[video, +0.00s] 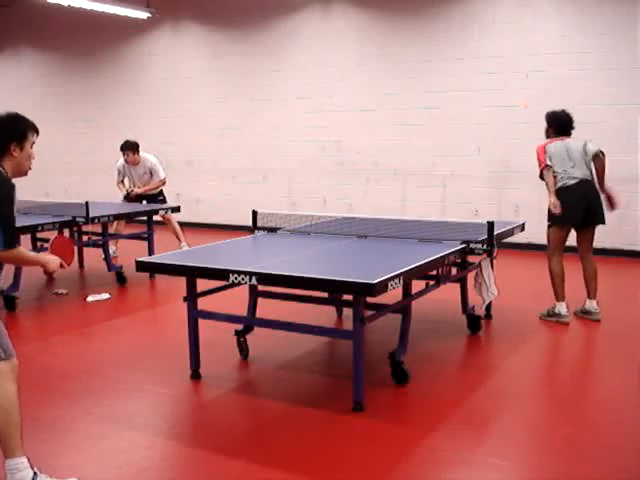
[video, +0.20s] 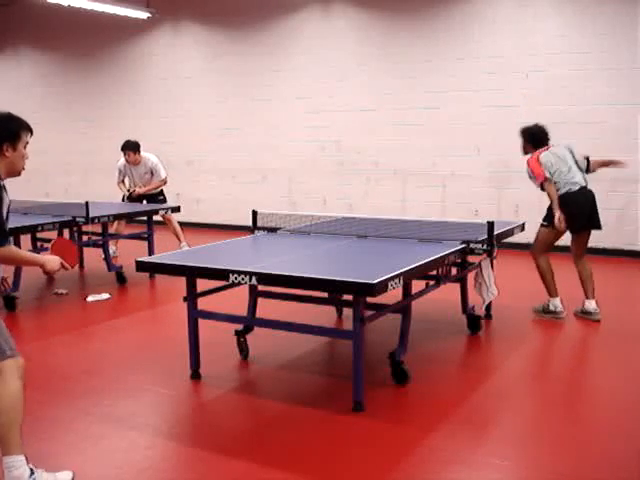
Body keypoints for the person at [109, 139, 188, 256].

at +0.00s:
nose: (125, 158)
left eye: (128, 155)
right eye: (124, 155)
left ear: (136, 154)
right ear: (123, 155)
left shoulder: (150, 161)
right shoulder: (121, 165)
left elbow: (162, 180)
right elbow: (119, 182)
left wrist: (142, 190)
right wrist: (126, 191)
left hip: (154, 193)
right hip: (135, 194)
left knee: (166, 216)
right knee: (120, 218)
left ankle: (183, 244)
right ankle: (113, 246)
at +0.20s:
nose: (126, 158)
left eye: (128, 155)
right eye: (125, 155)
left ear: (137, 153)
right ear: (123, 154)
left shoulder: (151, 161)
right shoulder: (123, 165)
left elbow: (163, 180)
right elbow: (120, 181)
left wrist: (143, 190)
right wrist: (126, 191)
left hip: (154, 193)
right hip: (135, 193)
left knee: (167, 216)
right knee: (120, 219)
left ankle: (183, 243)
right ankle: (113, 247)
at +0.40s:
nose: (129, 154)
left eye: (131, 151)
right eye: (128, 151)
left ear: (140, 149)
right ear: (128, 150)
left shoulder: (155, 158)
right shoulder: (125, 160)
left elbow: (167, 175)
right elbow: (119, 177)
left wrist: (149, 187)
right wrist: (128, 188)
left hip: (155, 193)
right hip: (135, 194)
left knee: (168, 216)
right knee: (121, 218)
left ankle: (183, 244)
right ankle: (113, 247)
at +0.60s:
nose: (132, 146)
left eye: (135, 143)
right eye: (131, 143)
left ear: (143, 142)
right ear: (130, 143)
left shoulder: (157, 154)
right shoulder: (128, 155)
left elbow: (170, 172)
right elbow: (124, 171)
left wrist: (154, 182)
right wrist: (128, 182)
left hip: (157, 193)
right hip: (136, 191)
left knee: (168, 217)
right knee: (123, 218)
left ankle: (183, 243)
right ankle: (114, 246)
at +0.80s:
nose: (128, 142)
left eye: (130, 139)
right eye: (127, 139)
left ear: (139, 138)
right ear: (126, 139)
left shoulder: (153, 152)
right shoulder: (124, 151)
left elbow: (164, 171)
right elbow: (122, 165)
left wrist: (147, 179)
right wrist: (122, 179)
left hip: (153, 194)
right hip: (132, 193)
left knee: (165, 217)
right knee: (119, 217)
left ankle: (183, 244)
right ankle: (120, 247)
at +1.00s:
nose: (126, 139)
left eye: (128, 136)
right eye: (124, 135)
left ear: (137, 135)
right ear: (123, 135)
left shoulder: (149, 150)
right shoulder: (119, 146)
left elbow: (155, 171)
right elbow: (107, 161)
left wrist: (139, 176)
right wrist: (113, 174)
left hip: (143, 190)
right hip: (121, 190)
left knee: (157, 217)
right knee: (108, 218)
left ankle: (169, 246)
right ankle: (104, 249)